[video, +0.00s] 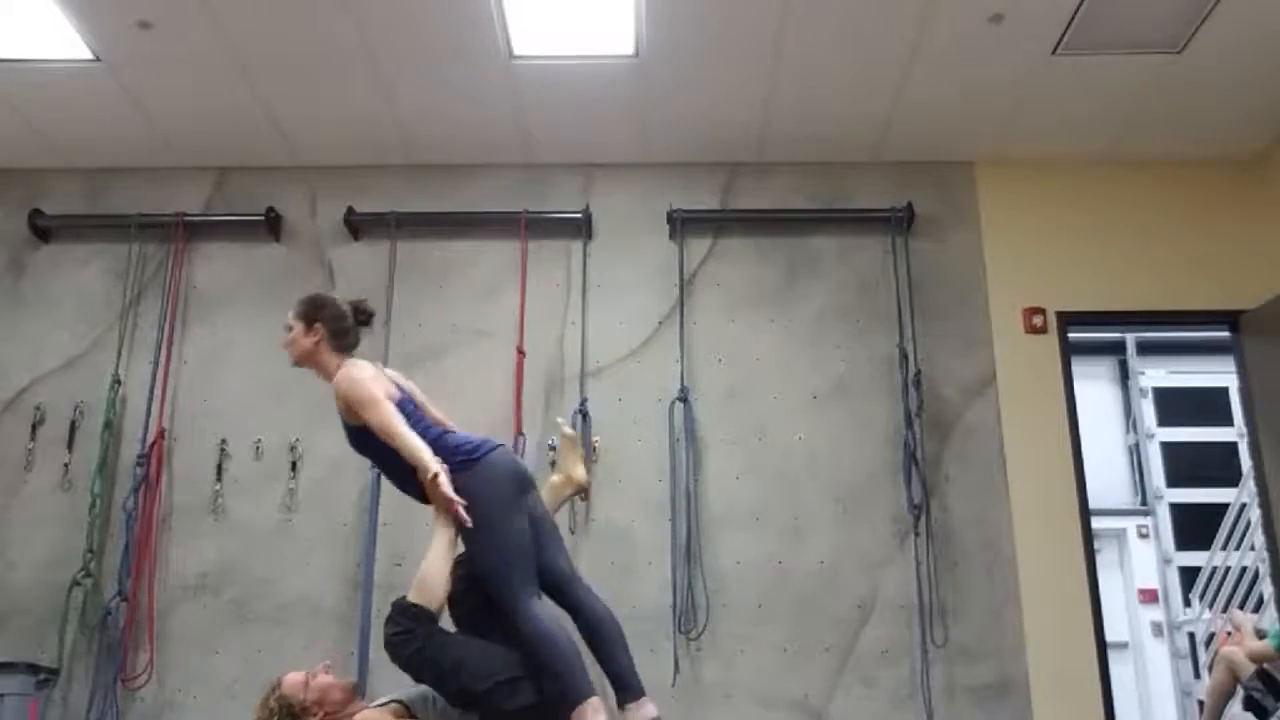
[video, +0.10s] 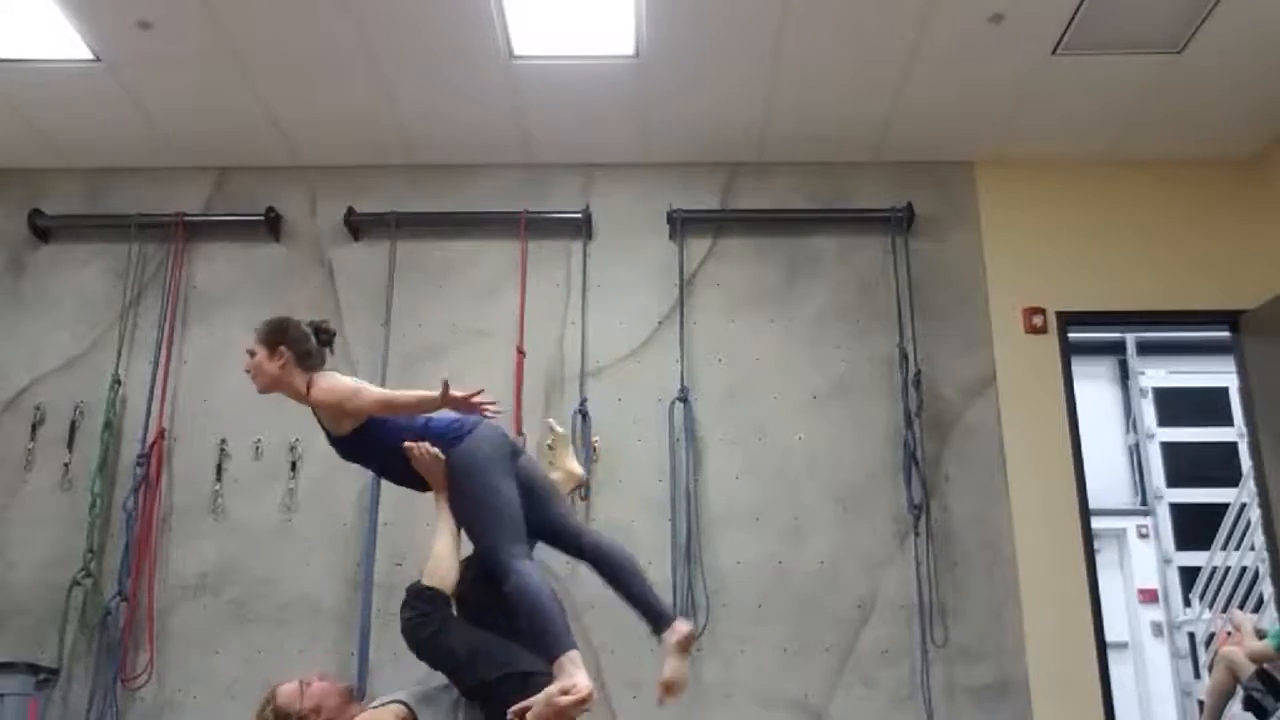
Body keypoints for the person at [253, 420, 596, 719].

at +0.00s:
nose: (325, 667)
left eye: (311, 671)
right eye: (313, 680)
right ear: (317, 714)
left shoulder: (373, 707)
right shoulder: (371, 716)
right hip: (531, 701)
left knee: (469, 583)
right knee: (405, 631)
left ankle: (563, 484)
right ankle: (447, 523)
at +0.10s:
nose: (317, 676)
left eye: (305, 678)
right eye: (306, 689)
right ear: (314, 716)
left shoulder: (374, 705)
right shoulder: (372, 716)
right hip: (518, 695)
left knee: (472, 581)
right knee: (420, 617)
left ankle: (555, 489)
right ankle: (441, 495)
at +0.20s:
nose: (313, 682)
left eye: (301, 684)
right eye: (303, 695)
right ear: (314, 718)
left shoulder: (377, 707)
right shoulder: (374, 716)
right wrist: (520, 699)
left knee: (497, 572)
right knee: (443, 593)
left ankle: (576, 488)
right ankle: (452, 469)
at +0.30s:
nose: (319, 678)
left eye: (309, 680)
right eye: (309, 691)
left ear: (328, 690)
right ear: (322, 716)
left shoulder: (382, 704)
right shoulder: (375, 716)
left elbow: (462, 710)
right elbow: (473, 717)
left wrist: (476, 667)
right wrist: (502, 683)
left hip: (528, 697)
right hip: (536, 707)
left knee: (528, 560)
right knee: (489, 571)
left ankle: (608, 484)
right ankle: (493, 444)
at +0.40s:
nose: (326, 673)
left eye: (315, 674)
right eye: (317, 685)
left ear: (333, 694)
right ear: (329, 712)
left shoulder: (384, 702)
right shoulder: (383, 715)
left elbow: (467, 708)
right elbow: (480, 716)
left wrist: (485, 672)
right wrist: (512, 684)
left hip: (522, 689)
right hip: (540, 703)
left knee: (534, 563)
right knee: (507, 568)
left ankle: (621, 492)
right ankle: (522, 443)